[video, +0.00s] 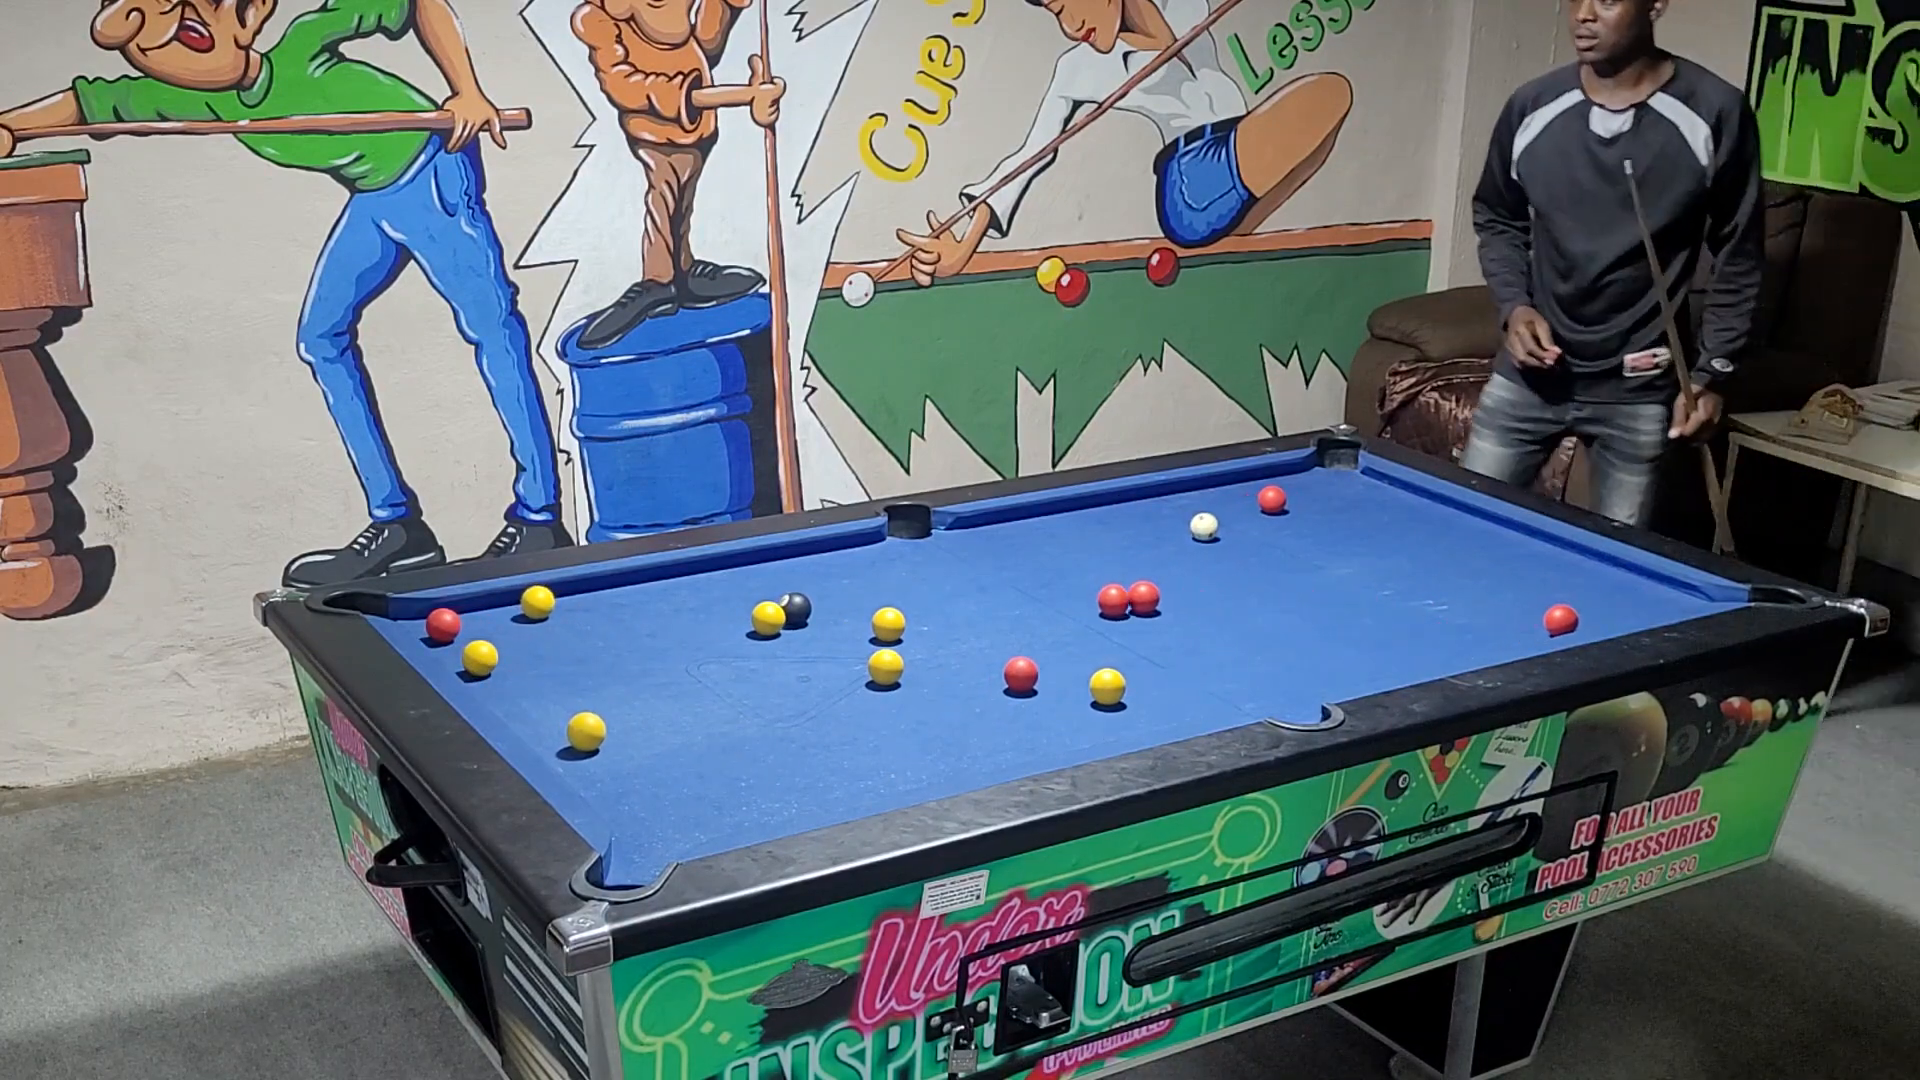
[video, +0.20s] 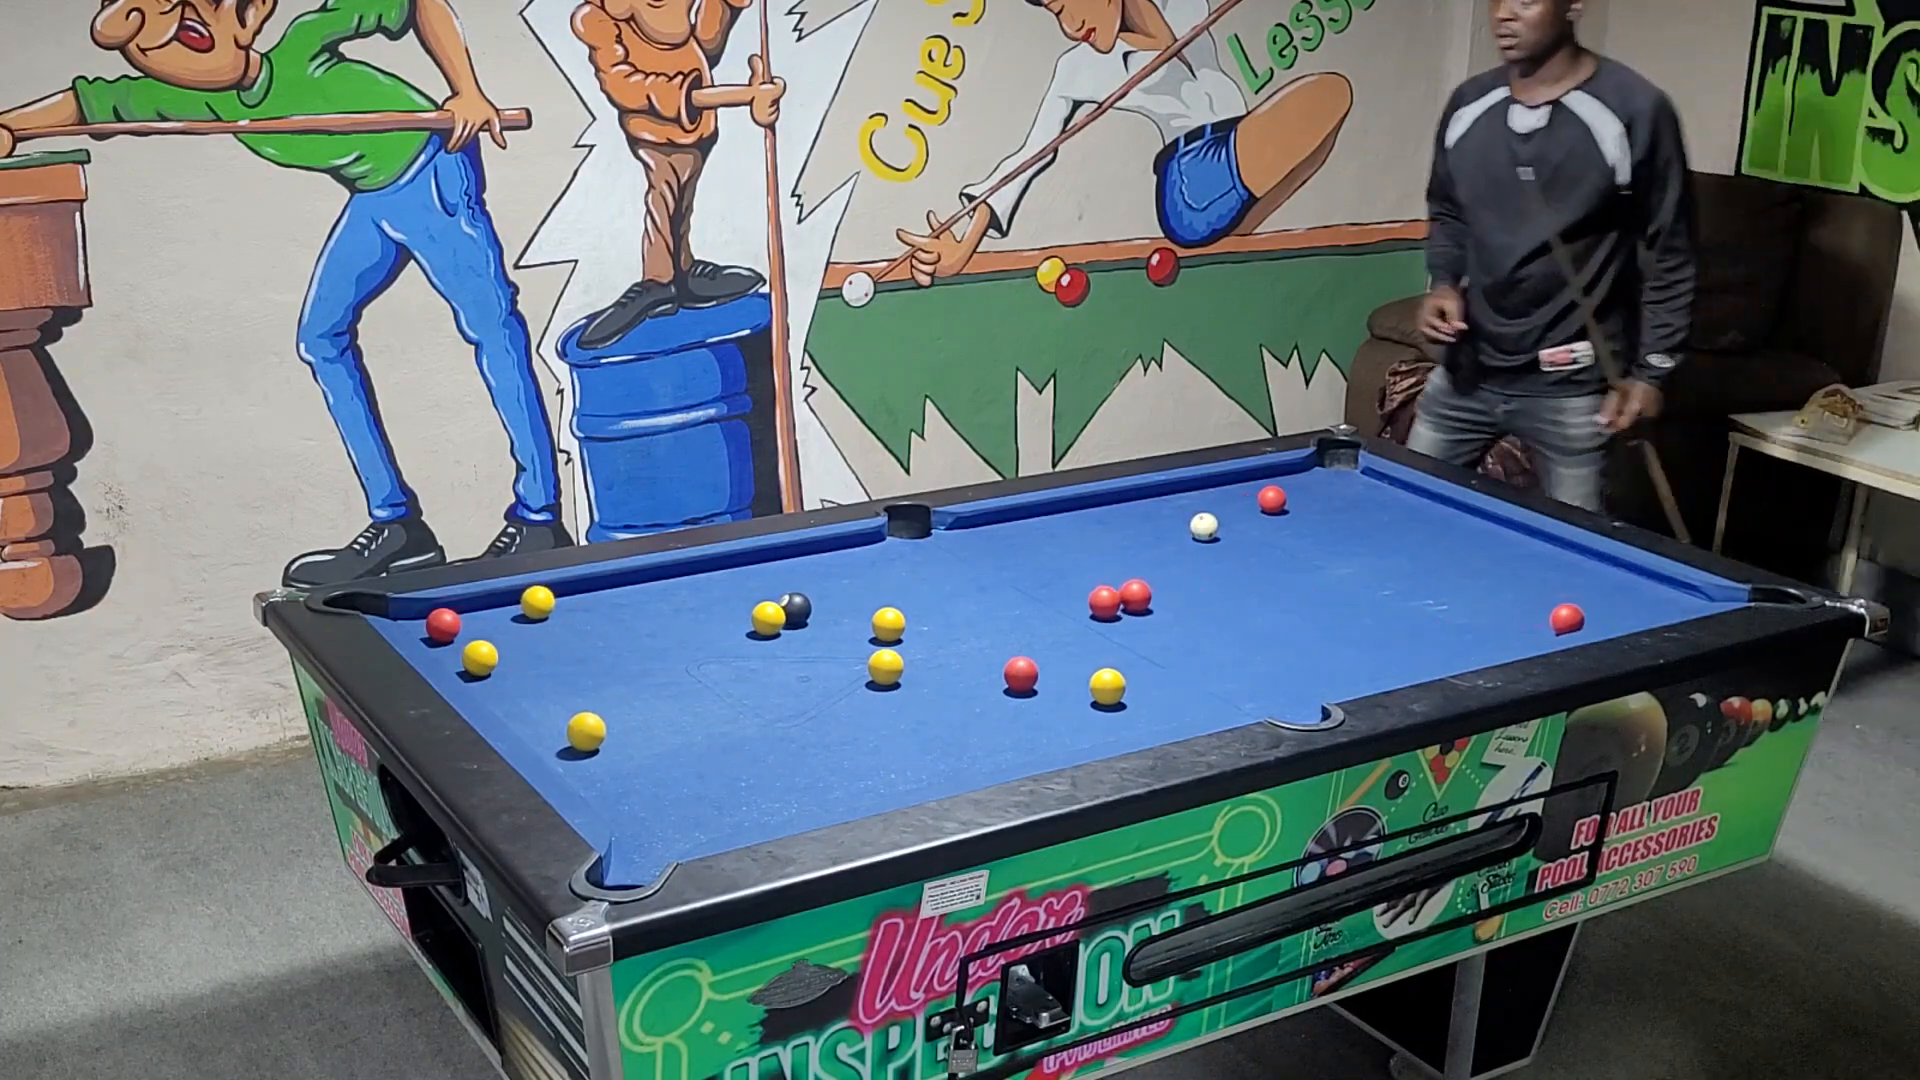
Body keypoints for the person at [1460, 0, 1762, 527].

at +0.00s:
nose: (1583, 15)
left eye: (1605, 1)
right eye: (1575, 0)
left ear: (1655, 8)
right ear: (1565, 8)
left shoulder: (1718, 114)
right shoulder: (1529, 107)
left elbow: (1737, 256)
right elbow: (1497, 218)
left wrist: (1711, 372)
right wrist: (1514, 306)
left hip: (1637, 389)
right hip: (1526, 374)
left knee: (1614, 572)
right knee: (1465, 531)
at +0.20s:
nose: (1503, 14)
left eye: (1525, 1)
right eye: (1498, 2)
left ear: (1572, 9)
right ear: (1489, 10)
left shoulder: (1637, 111)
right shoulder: (1468, 103)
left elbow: (1670, 254)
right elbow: (1445, 212)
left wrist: (1651, 371)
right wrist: (1443, 283)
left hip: (1571, 387)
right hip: (1464, 374)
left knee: (1572, 555)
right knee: (1404, 513)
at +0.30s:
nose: (1445, 15)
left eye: (1467, 3)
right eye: (1443, 3)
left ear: (1516, 13)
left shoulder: (1577, 112)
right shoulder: (1425, 105)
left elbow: (1626, 248)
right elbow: (1411, 220)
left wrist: (1597, 357)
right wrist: (1392, 280)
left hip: (1525, 390)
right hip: (1424, 375)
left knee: (1539, 561)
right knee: (1373, 532)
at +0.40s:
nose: (1396, 18)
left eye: (1417, 6)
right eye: (1394, 5)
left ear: (1465, 13)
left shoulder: (1524, 109)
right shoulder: (1383, 105)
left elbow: (1576, 241)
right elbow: (1373, 217)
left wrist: (1538, 352)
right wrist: (1342, 276)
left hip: (1477, 384)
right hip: (1383, 368)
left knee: (1495, 554)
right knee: (1346, 533)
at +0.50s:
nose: (1369, 16)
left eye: (1390, 3)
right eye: (1360, 2)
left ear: (1432, 9)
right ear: (1350, 8)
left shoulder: (1481, 100)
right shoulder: (1345, 98)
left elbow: (1525, 235)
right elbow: (1330, 210)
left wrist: (1474, 348)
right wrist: (1295, 259)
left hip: (1432, 363)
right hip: (1353, 352)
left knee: (1429, 522)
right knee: (1341, 514)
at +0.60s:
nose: (1343, 12)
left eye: (1363, 0)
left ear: (1399, 6)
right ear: (1320, 6)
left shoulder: (1443, 93)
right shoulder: (1308, 92)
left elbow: (1476, 231)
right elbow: (1289, 205)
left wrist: (1418, 341)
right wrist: (1247, 233)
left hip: (1393, 350)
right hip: (1326, 343)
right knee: (1321, 495)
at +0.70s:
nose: (1311, 11)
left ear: (1362, 6)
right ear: (1284, 6)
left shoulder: (1404, 95)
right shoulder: (1267, 94)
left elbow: (1429, 237)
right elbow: (1247, 206)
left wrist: (1365, 344)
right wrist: (1207, 212)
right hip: (1297, 343)